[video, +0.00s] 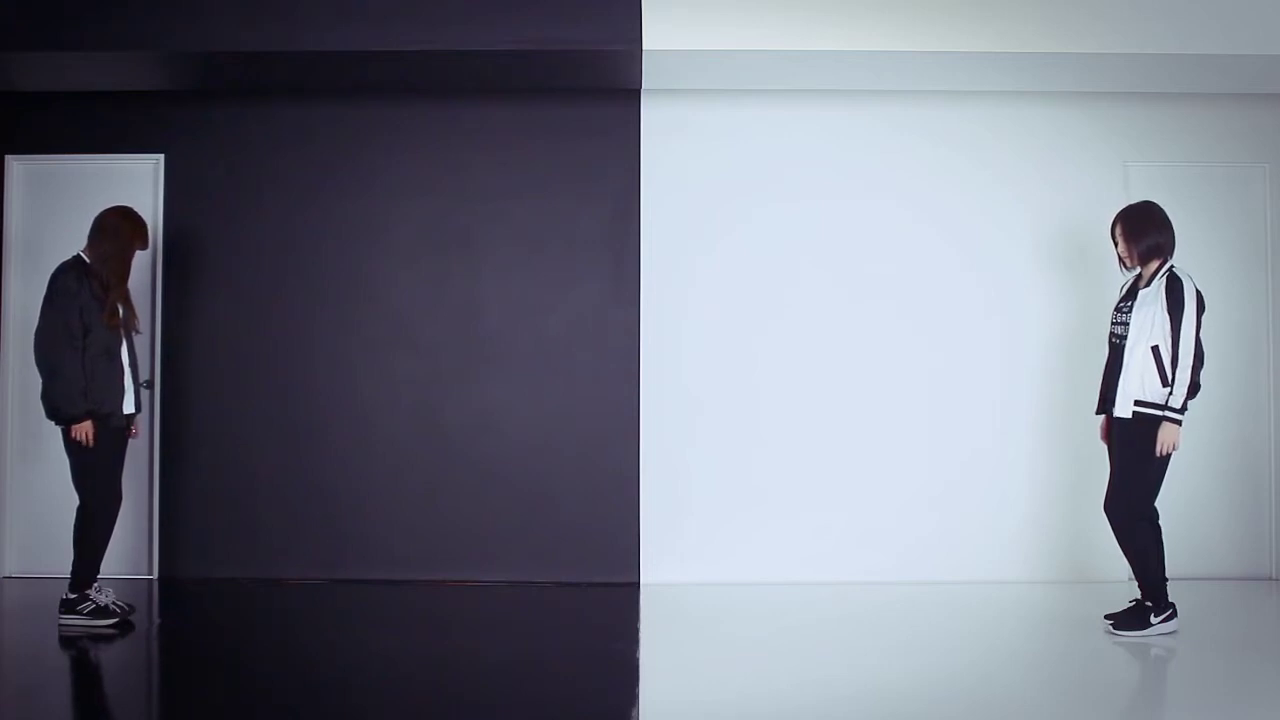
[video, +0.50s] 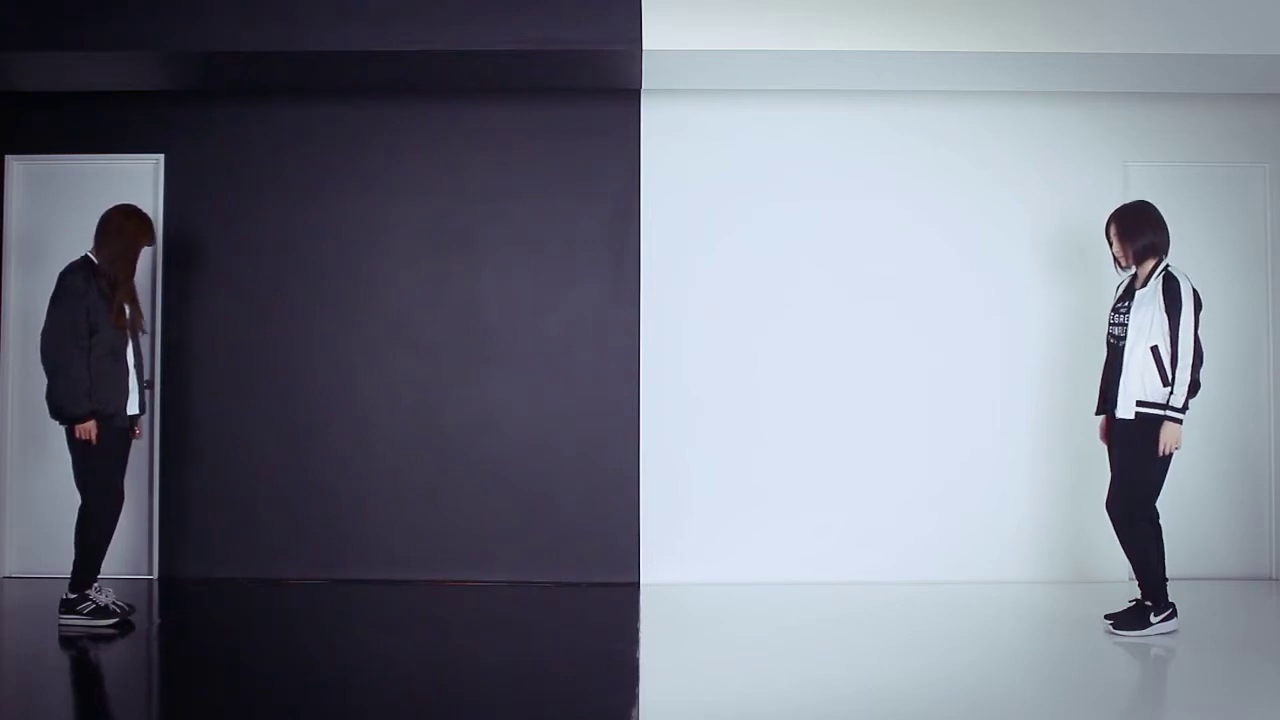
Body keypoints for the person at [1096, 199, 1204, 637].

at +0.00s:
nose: (1119, 249)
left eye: (1123, 240)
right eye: (1116, 241)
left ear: (1147, 236)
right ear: (1125, 242)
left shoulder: (1179, 284)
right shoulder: (1131, 287)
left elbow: (1190, 356)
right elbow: (1117, 354)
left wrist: (1174, 417)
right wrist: (1107, 410)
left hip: (1152, 417)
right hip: (1123, 416)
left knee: (1128, 507)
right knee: (1127, 506)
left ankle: (1158, 604)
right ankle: (1151, 600)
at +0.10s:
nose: (1118, 249)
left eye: (1123, 240)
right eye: (1116, 242)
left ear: (1147, 236)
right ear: (1125, 242)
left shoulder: (1179, 284)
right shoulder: (1131, 287)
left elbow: (1190, 356)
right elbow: (1117, 354)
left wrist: (1174, 417)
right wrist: (1107, 410)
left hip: (1152, 417)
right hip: (1122, 416)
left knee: (1128, 507)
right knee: (1127, 507)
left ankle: (1158, 604)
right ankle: (1151, 600)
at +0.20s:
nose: (1118, 249)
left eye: (1122, 240)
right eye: (1115, 242)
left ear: (1146, 236)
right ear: (1123, 242)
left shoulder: (1179, 285)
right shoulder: (1130, 287)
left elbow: (1189, 356)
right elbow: (1117, 354)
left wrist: (1174, 417)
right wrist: (1107, 410)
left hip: (1152, 417)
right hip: (1122, 416)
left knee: (1129, 506)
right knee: (1126, 506)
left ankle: (1158, 604)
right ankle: (1151, 600)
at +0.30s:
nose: (1117, 249)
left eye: (1122, 240)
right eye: (1114, 242)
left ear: (1146, 236)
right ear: (1121, 242)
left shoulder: (1178, 285)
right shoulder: (1130, 288)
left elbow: (1189, 357)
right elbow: (1117, 355)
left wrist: (1174, 417)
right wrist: (1107, 411)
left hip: (1152, 417)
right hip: (1123, 416)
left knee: (1129, 506)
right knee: (1124, 506)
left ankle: (1158, 604)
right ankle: (1151, 600)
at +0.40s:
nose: (1115, 249)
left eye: (1120, 240)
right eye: (1113, 241)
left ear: (1143, 236)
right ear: (1124, 241)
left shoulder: (1177, 285)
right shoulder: (1128, 288)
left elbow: (1189, 356)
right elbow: (1116, 355)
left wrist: (1174, 417)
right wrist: (1107, 411)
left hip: (1152, 418)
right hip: (1123, 416)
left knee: (1127, 505)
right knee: (1127, 506)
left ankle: (1158, 603)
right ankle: (1152, 600)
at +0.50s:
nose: (1114, 249)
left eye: (1118, 240)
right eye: (1111, 242)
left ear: (1141, 236)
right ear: (1120, 242)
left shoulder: (1176, 285)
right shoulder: (1126, 288)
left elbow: (1188, 356)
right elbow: (1116, 355)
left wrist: (1175, 416)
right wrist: (1107, 410)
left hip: (1153, 417)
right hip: (1123, 416)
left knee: (1130, 505)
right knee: (1126, 506)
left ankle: (1158, 604)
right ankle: (1151, 600)